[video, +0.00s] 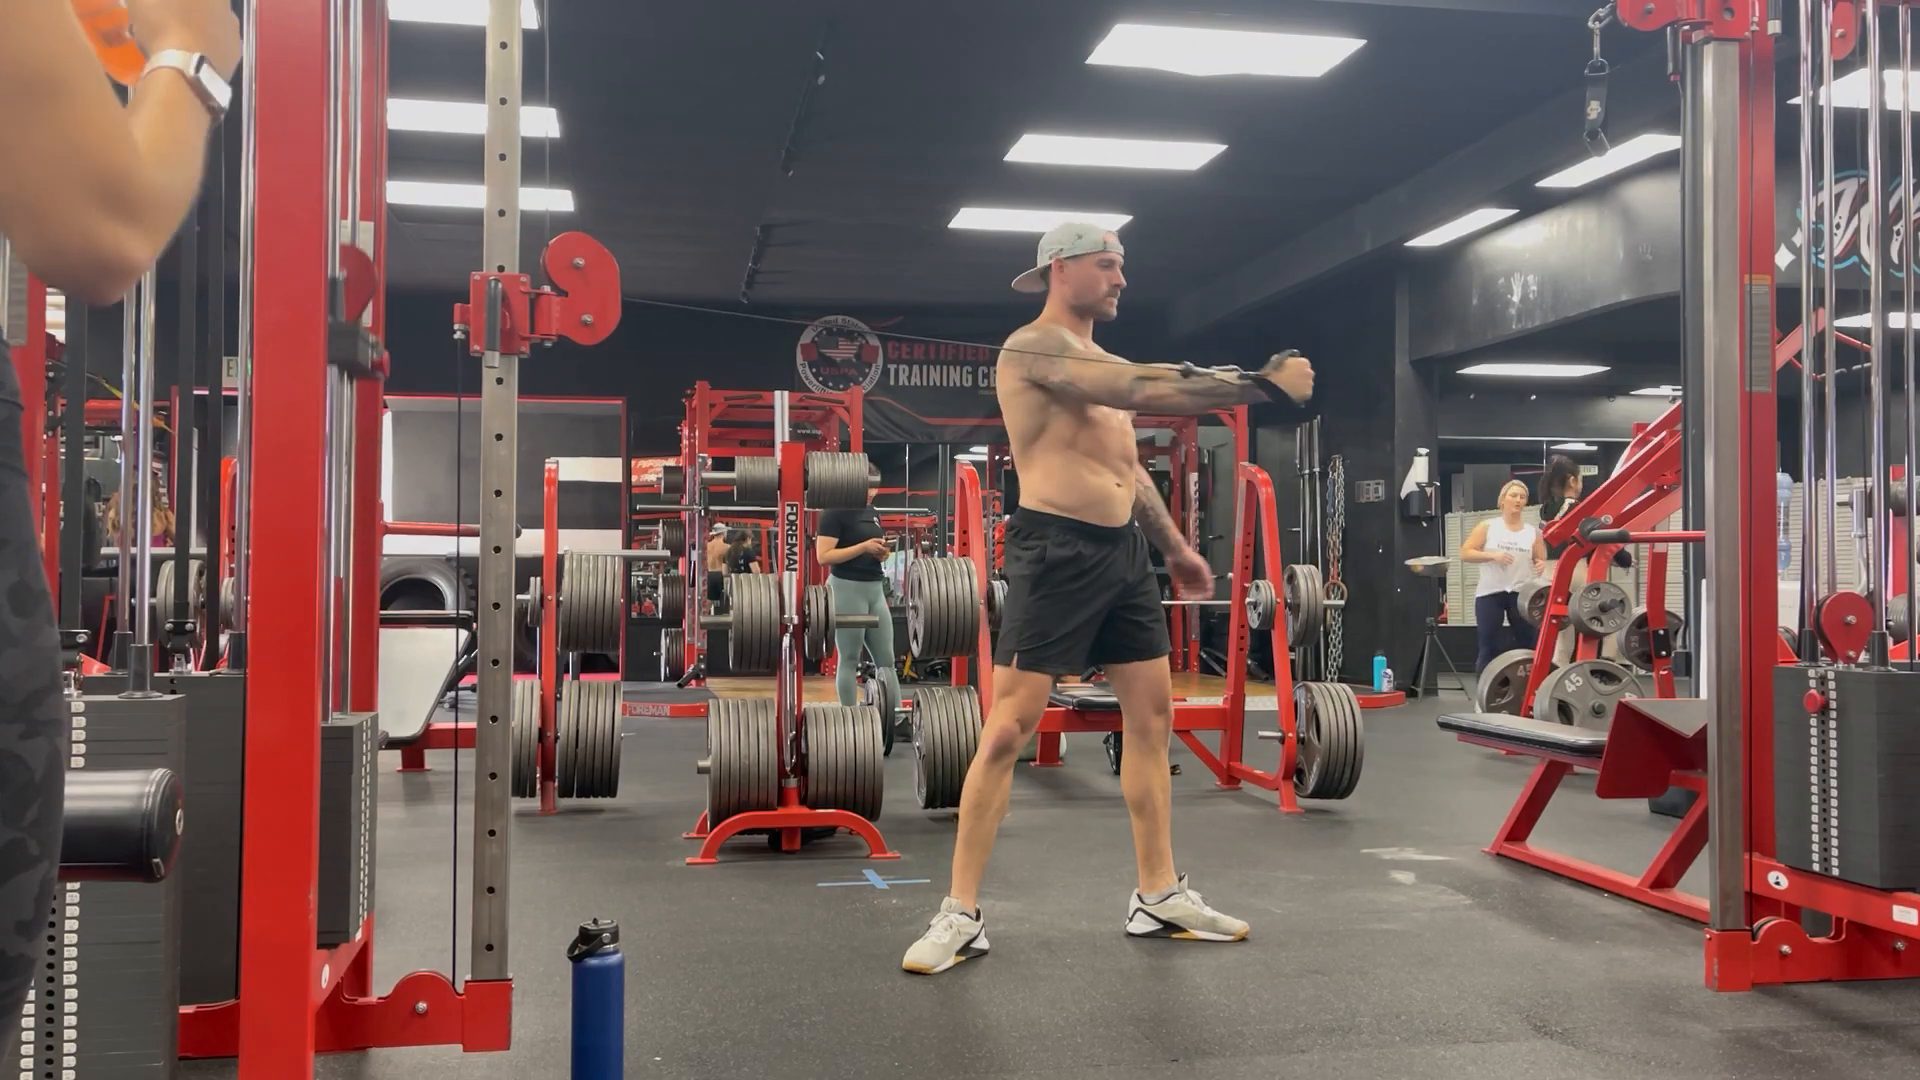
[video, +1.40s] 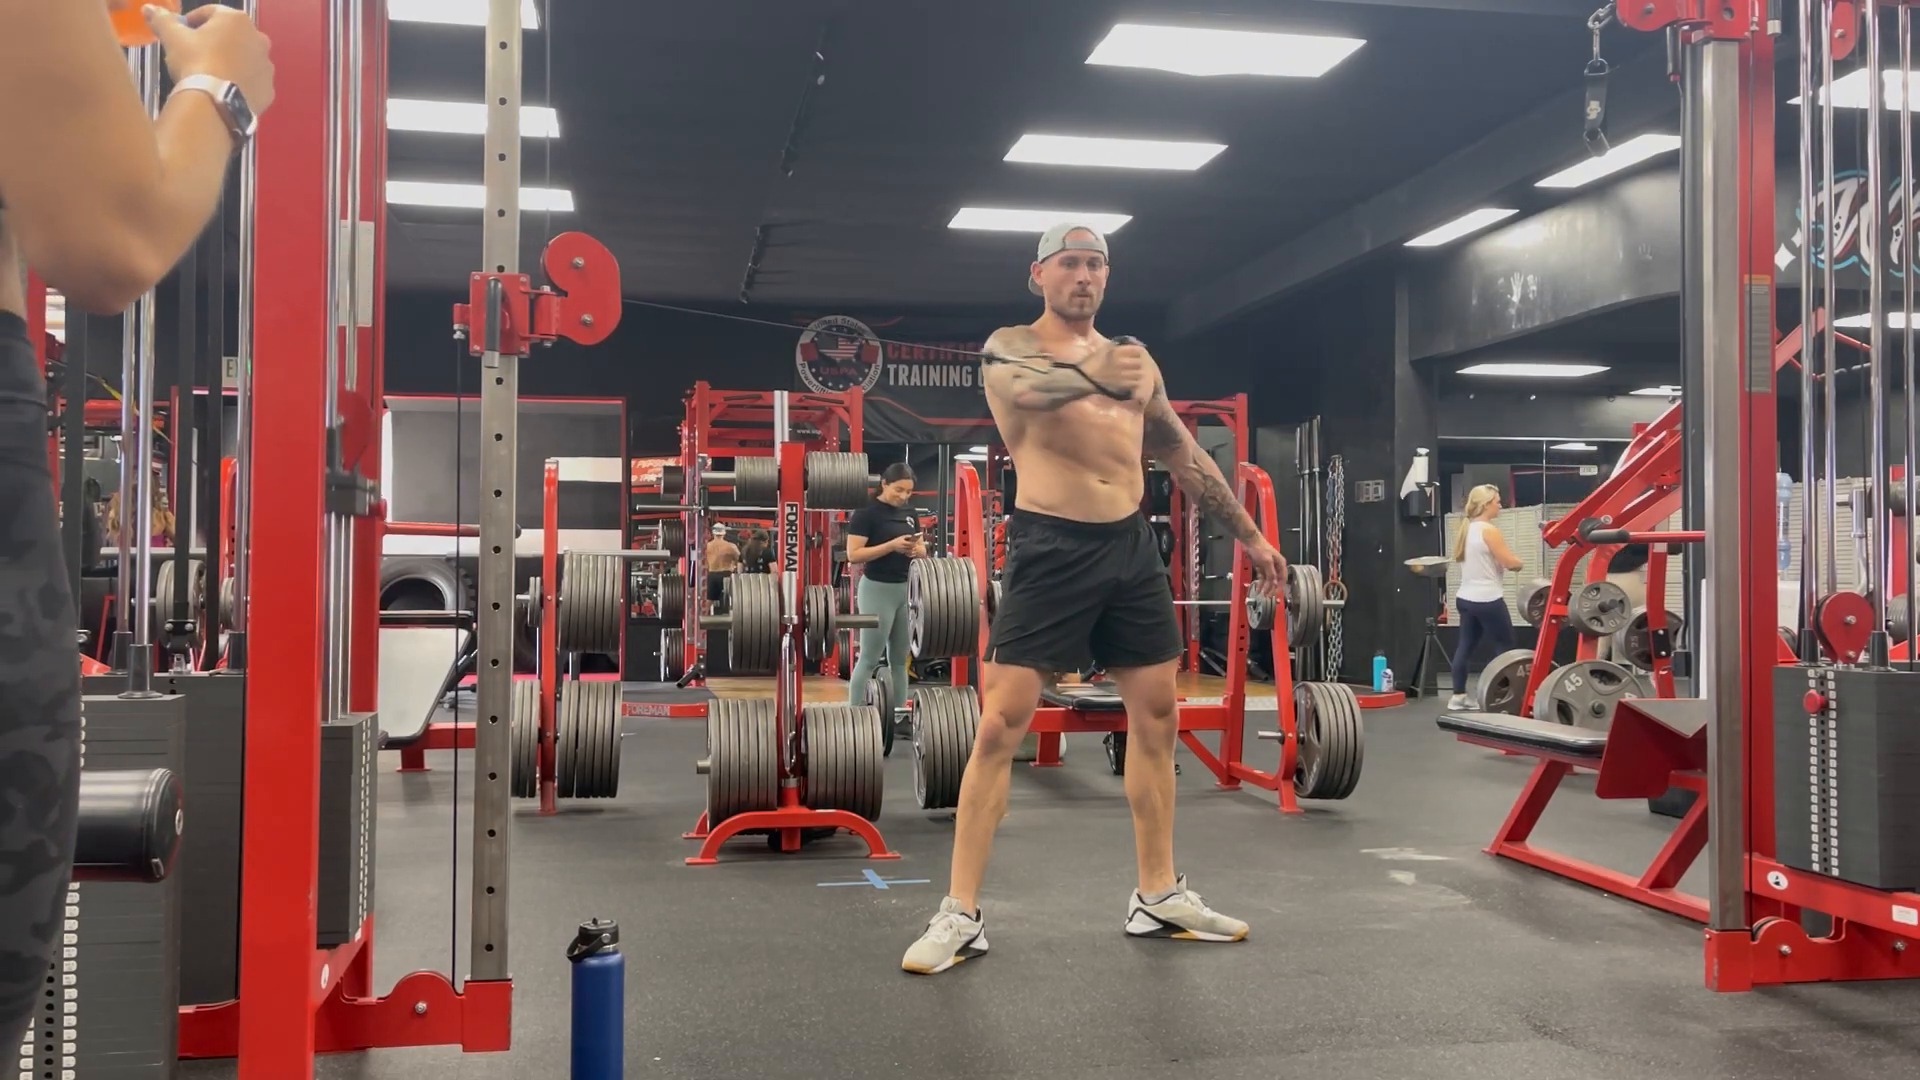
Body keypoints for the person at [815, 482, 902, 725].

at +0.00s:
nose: (872, 492)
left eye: (875, 487)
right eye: (869, 486)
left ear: (876, 489)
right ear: (856, 484)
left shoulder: (871, 513)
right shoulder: (835, 513)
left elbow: (878, 552)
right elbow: (823, 556)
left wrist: (883, 552)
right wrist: (863, 548)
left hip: (875, 589)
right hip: (847, 589)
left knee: (886, 659)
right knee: (849, 659)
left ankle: (896, 720)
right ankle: (850, 721)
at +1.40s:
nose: (904, 496)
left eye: (908, 491)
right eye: (899, 490)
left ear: (911, 490)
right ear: (884, 484)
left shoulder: (909, 514)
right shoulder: (866, 514)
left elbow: (920, 549)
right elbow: (852, 554)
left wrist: (918, 549)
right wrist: (891, 546)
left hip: (903, 591)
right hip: (876, 591)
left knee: (899, 659)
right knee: (869, 658)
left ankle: (901, 714)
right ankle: (854, 714)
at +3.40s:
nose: (898, 496)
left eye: (901, 492)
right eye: (894, 490)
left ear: (903, 490)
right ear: (879, 484)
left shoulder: (896, 515)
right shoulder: (858, 513)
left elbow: (902, 555)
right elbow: (846, 554)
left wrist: (912, 550)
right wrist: (888, 547)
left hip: (898, 590)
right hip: (871, 590)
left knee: (896, 660)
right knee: (865, 657)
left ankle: (901, 715)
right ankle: (853, 715)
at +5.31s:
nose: (897, 498)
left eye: (902, 494)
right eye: (894, 492)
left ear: (905, 490)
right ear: (880, 485)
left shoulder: (898, 514)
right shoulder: (857, 514)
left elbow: (904, 557)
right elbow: (848, 554)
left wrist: (909, 548)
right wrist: (888, 545)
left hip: (899, 591)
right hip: (870, 590)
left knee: (896, 661)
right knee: (863, 658)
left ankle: (899, 721)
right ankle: (853, 719)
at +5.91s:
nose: (894, 500)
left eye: (899, 495)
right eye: (890, 493)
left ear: (902, 491)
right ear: (878, 485)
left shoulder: (895, 514)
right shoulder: (856, 514)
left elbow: (903, 551)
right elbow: (847, 555)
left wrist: (908, 549)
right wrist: (887, 547)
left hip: (898, 590)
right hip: (868, 589)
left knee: (895, 661)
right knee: (862, 659)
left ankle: (899, 720)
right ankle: (854, 721)